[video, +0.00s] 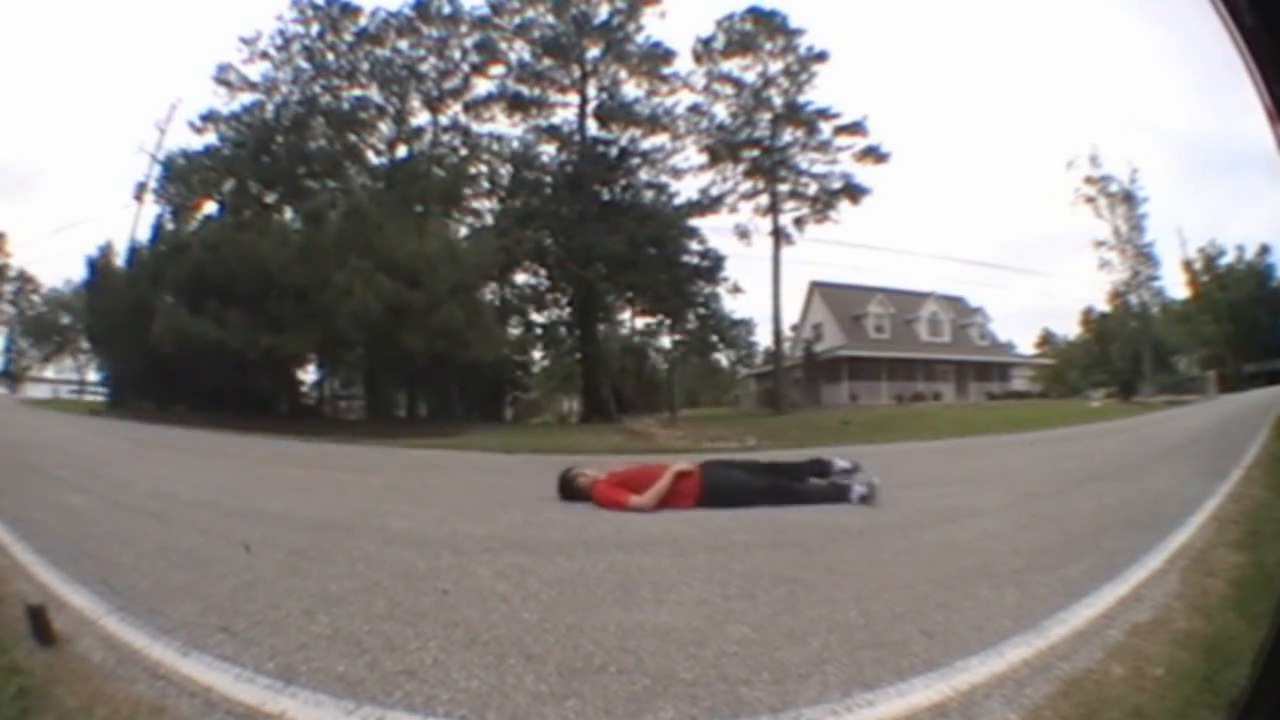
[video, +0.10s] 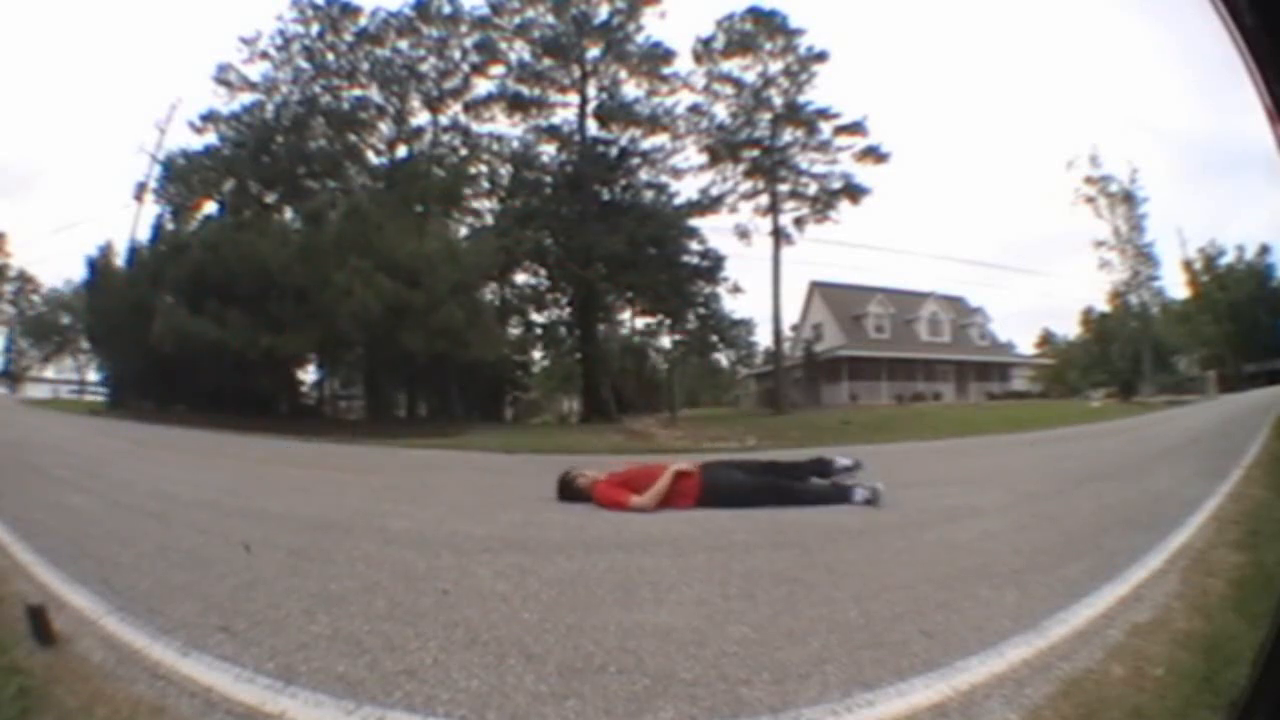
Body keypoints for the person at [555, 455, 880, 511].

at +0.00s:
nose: (588, 472)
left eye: (583, 470)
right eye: (581, 475)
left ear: (588, 474)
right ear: (581, 487)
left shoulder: (612, 479)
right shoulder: (603, 491)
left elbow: (648, 489)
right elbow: (642, 503)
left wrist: (677, 467)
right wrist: (672, 471)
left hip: (702, 472)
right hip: (700, 487)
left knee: (768, 471)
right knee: (772, 489)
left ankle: (830, 467)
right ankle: (845, 492)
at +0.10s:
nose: (586, 473)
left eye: (581, 471)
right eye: (581, 476)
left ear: (586, 478)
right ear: (581, 487)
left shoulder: (611, 480)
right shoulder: (603, 491)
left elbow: (648, 489)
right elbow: (642, 504)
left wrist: (676, 467)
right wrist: (671, 471)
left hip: (703, 473)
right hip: (700, 488)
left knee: (769, 470)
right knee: (775, 489)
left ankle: (830, 466)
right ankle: (848, 494)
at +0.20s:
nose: (585, 472)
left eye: (580, 470)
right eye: (579, 475)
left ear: (585, 478)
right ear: (580, 486)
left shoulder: (610, 480)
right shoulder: (603, 491)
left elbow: (647, 491)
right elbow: (642, 504)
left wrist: (674, 469)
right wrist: (669, 471)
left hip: (704, 473)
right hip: (700, 488)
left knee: (768, 471)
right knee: (773, 489)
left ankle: (826, 466)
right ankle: (847, 495)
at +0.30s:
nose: (584, 471)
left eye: (579, 470)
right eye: (578, 474)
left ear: (584, 478)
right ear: (579, 486)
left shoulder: (609, 480)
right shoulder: (602, 491)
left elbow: (646, 491)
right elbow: (642, 504)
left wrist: (672, 469)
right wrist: (668, 471)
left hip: (701, 474)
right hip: (698, 488)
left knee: (766, 473)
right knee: (771, 490)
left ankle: (823, 466)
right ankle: (846, 495)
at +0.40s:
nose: (583, 472)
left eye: (578, 472)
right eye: (578, 476)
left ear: (582, 479)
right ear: (580, 486)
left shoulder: (609, 480)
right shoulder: (603, 491)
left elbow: (646, 490)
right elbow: (643, 504)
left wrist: (672, 471)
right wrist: (670, 471)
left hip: (699, 475)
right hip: (697, 488)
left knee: (768, 476)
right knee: (771, 489)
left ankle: (826, 465)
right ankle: (847, 493)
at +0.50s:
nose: (585, 472)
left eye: (580, 470)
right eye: (579, 474)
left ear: (584, 480)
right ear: (580, 486)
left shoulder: (609, 481)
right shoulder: (603, 491)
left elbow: (646, 493)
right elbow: (643, 504)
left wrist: (672, 471)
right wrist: (670, 472)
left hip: (700, 476)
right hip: (698, 488)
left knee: (767, 477)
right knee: (771, 489)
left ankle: (827, 471)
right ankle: (848, 494)